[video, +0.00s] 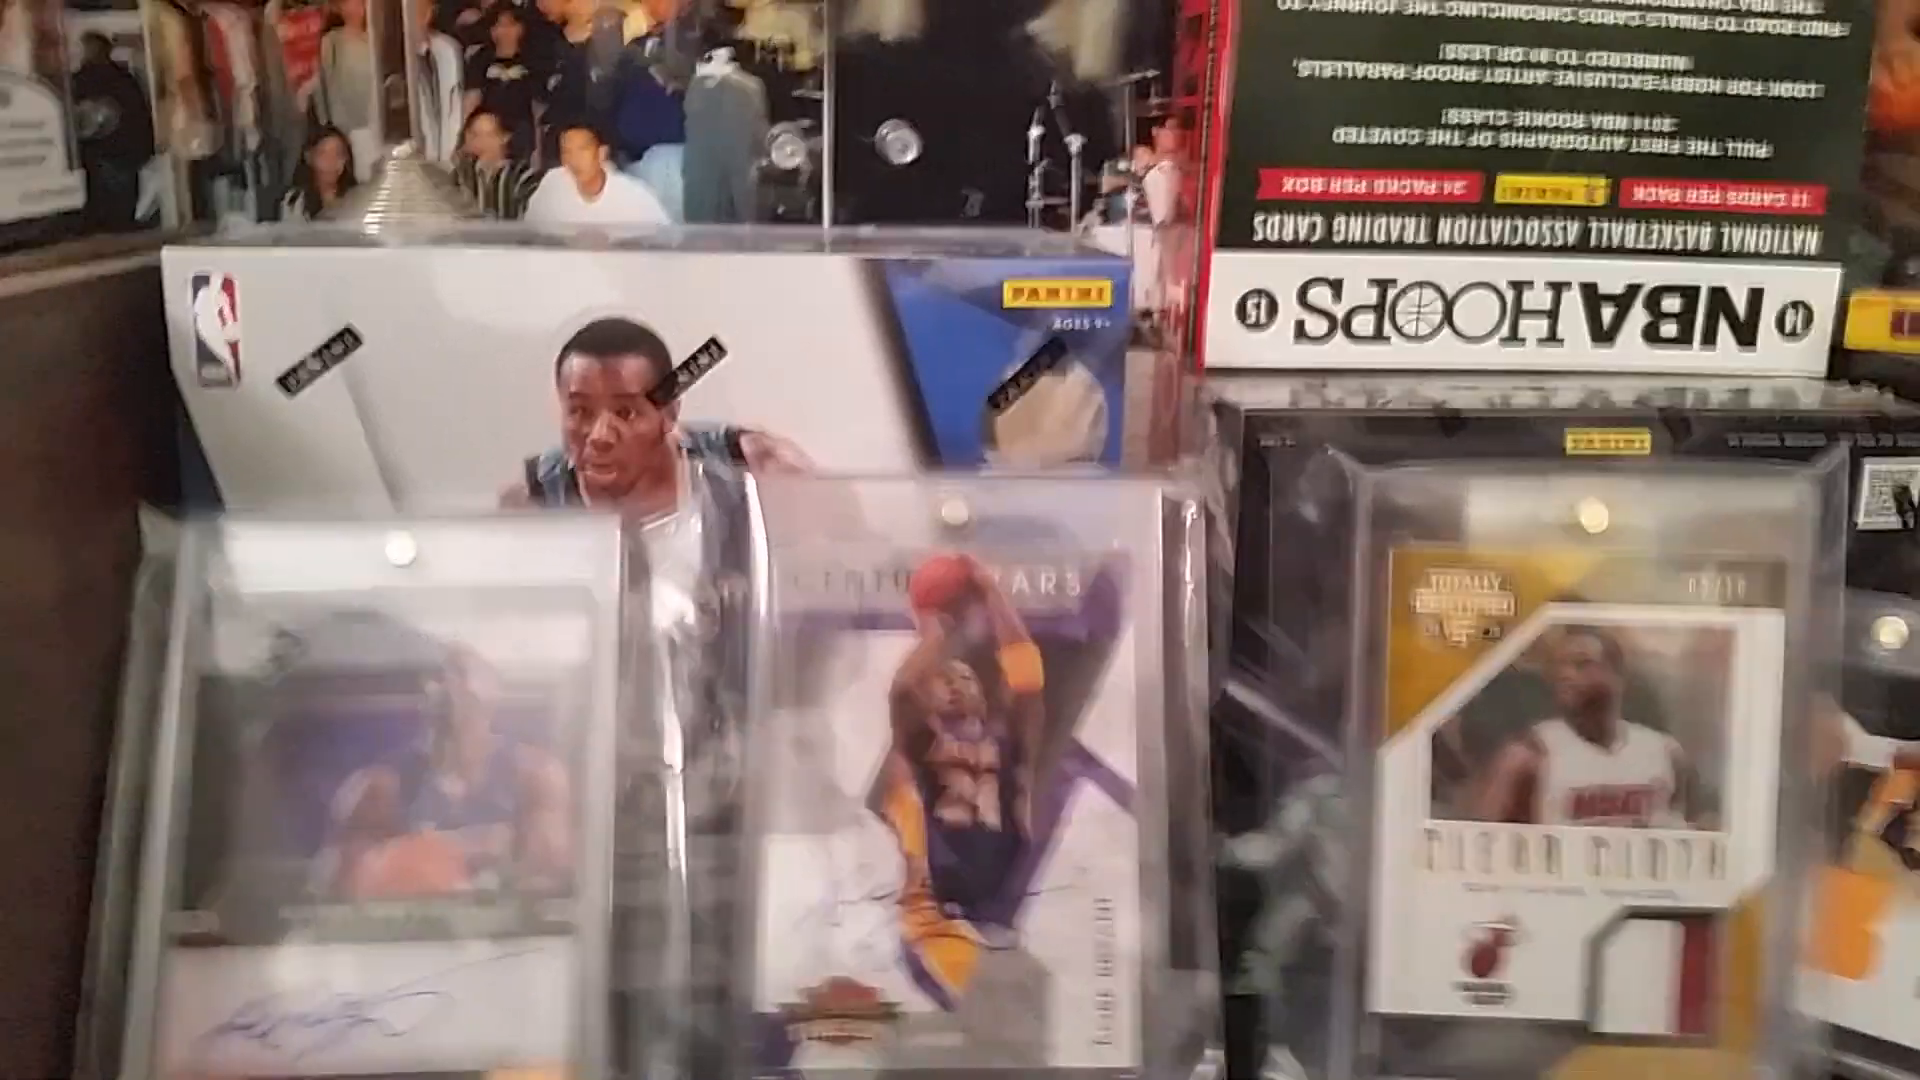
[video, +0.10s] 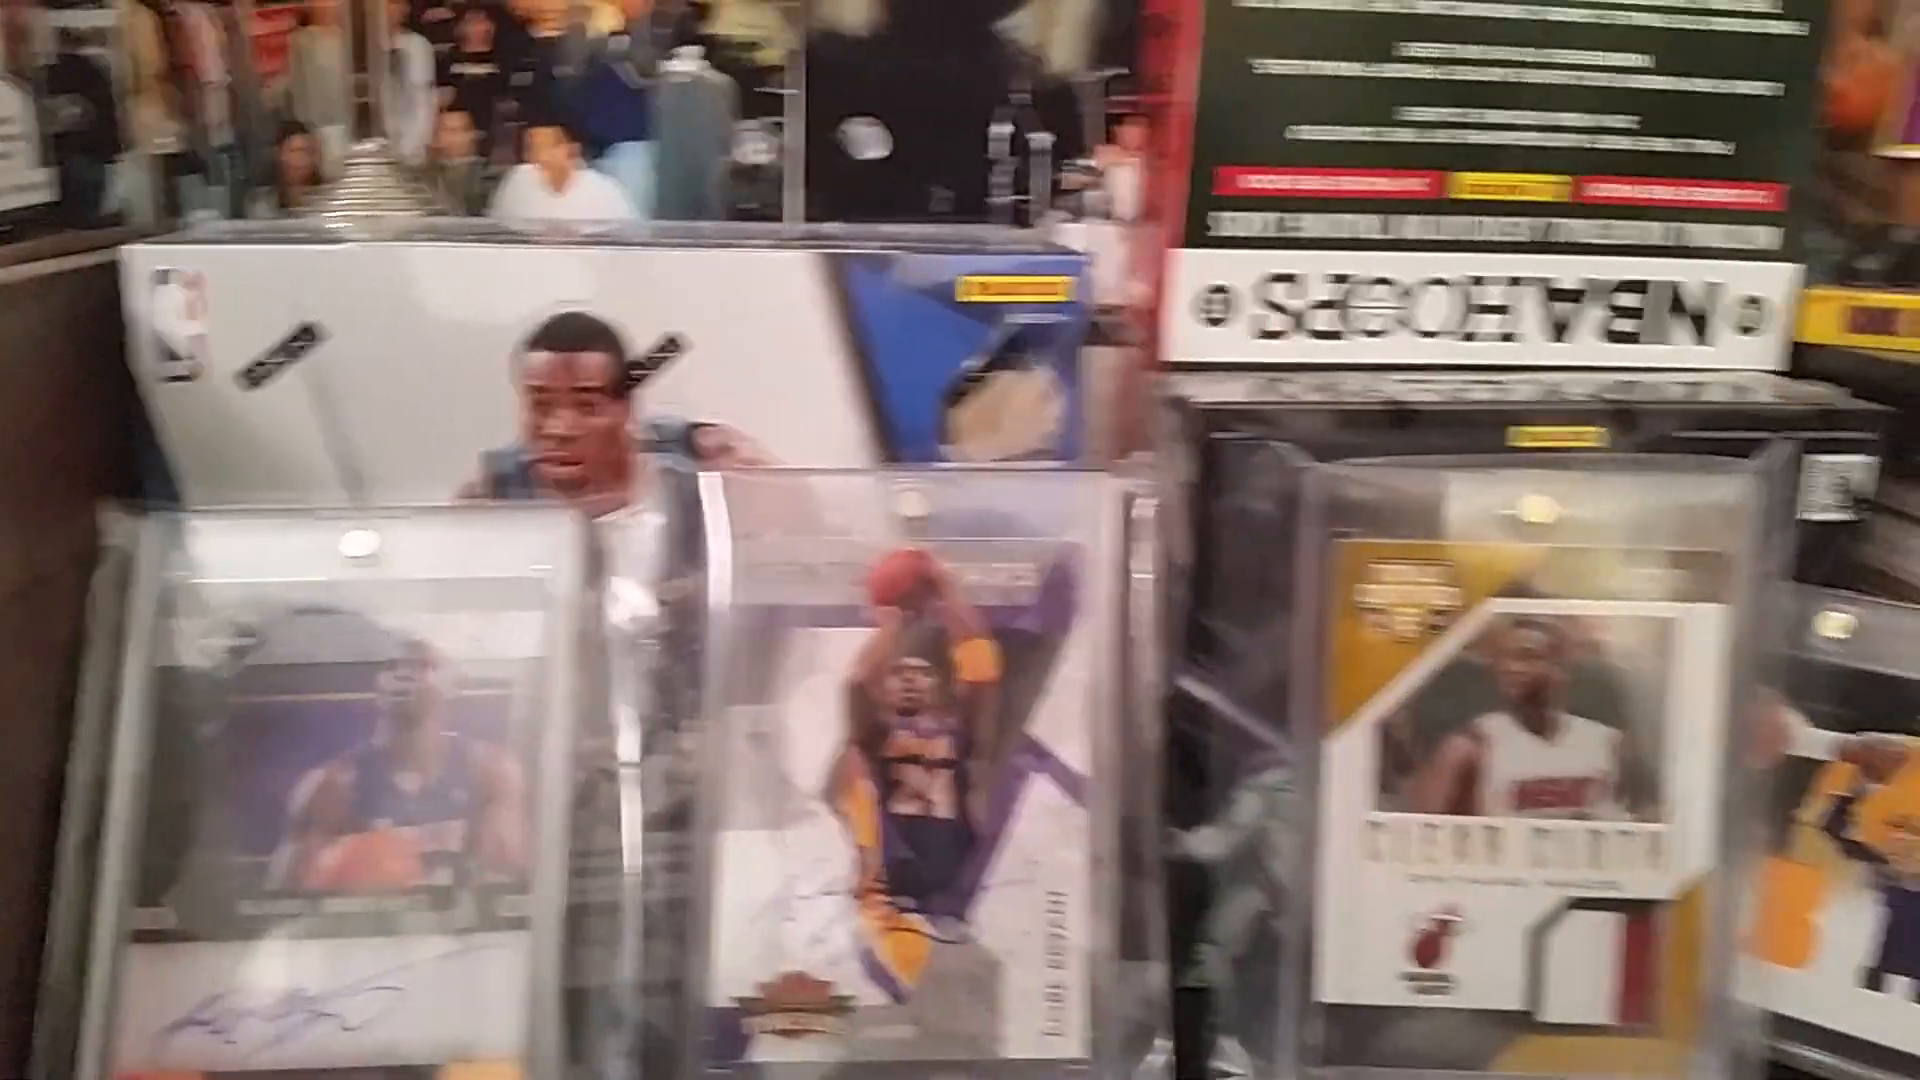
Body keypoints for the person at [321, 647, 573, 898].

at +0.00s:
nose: (439, 689)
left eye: (456, 676)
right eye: (433, 678)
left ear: (488, 698)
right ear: (423, 699)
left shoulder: (538, 775)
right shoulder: (377, 787)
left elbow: (548, 878)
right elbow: (336, 888)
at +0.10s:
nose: (402, 678)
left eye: (419, 667)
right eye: (391, 667)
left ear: (449, 687)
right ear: (375, 686)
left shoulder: (492, 770)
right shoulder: (329, 785)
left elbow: (504, 877)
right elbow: (283, 891)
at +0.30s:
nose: (334, 669)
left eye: (351, 660)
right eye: (323, 660)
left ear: (379, 679)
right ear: (310, 677)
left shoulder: (426, 763)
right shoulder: (262, 778)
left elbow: (437, 870)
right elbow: (216, 891)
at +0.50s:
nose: (318, 665)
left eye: (336, 656)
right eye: (308, 657)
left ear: (364, 677)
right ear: (294, 676)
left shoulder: (409, 759)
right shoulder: (248, 775)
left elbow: (423, 871)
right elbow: (202, 896)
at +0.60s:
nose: (299, 670)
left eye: (318, 660)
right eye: (288, 661)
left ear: (347, 678)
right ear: (275, 677)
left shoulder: (391, 762)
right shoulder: (229, 778)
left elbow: (405, 876)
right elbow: (184, 893)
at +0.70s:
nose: (291, 667)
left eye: (309, 658)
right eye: (281, 659)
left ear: (338, 678)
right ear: (268, 677)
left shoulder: (383, 759)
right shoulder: (223, 775)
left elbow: (398, 874)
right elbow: (175, 894)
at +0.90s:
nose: (308, 660)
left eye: (327, 651)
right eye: (298, 651)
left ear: (355, 669)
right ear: (285, 668)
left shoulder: (399, 750)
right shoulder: (240, 767)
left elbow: (413, 864)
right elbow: (191, 887)